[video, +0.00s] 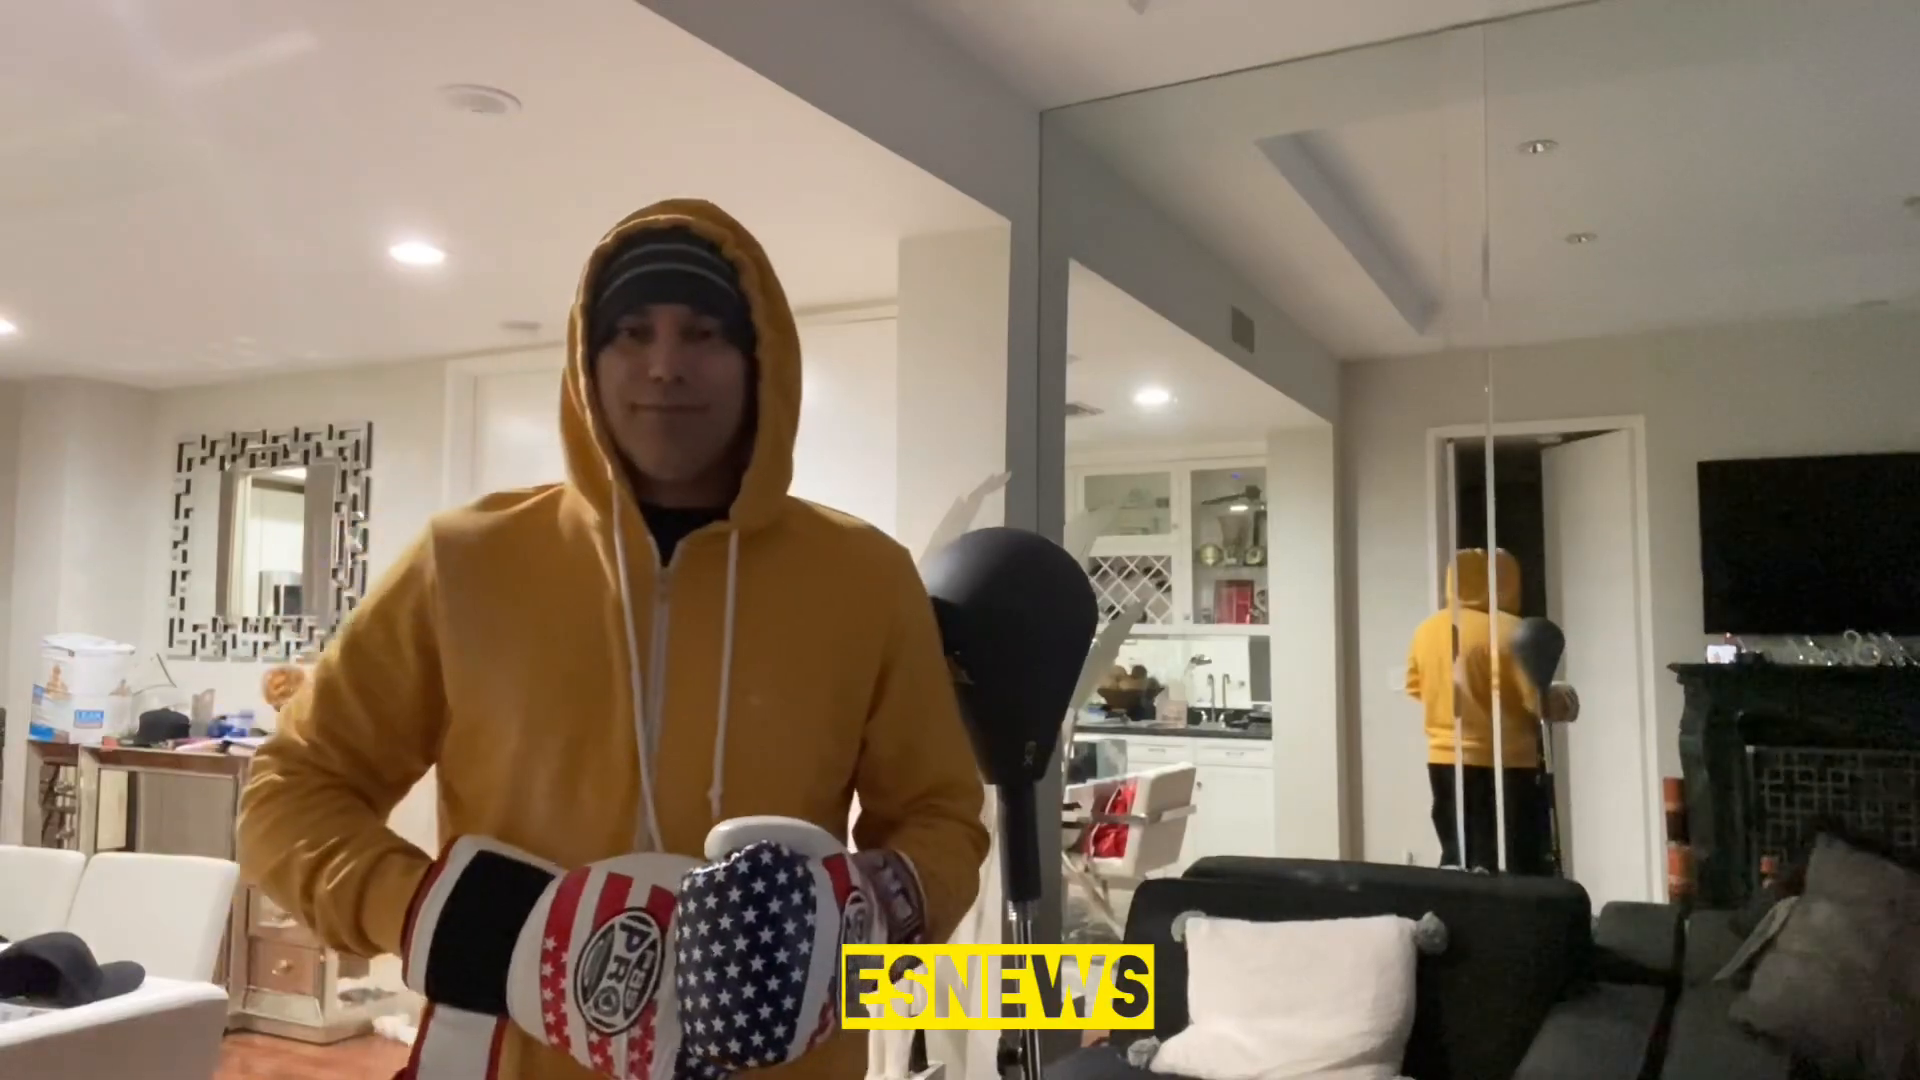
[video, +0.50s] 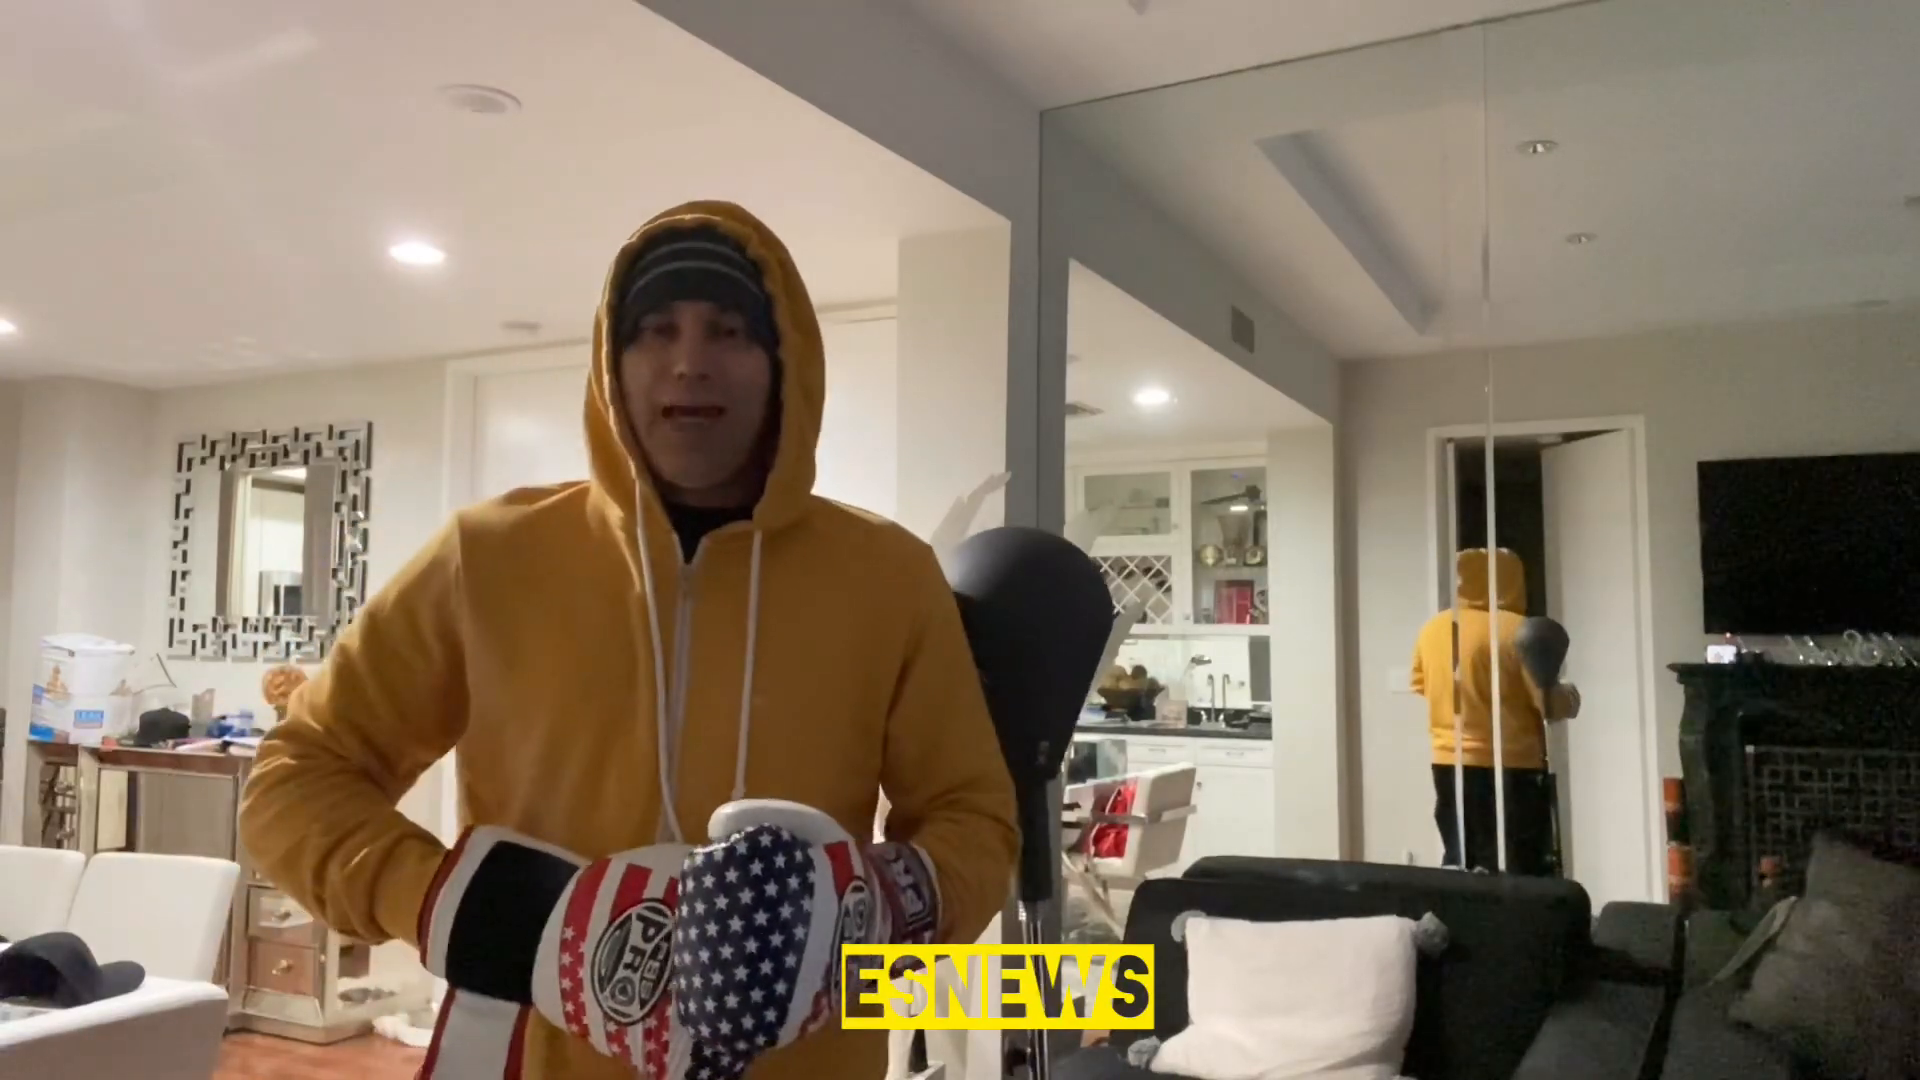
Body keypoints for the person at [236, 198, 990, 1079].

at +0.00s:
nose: (666, 365)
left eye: (705, 332)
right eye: (633, 333)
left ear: (758, 365)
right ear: (589, 368)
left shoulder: (864, 582)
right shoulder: (466, 567)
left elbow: (941, 820)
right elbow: (289, 796)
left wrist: (863, 904)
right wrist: (475, 925)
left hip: (779, 1062)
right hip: (519, 1054)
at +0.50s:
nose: (691, 363)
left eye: (731, 330)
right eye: (657, 331)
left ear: (783, 365)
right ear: (613, 365)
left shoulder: (886, 578)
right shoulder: (488, 561)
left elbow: (974, 819)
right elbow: (294, 782)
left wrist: (875, 902)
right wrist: (489, 917)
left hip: (800, 1062)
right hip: (542, 1056)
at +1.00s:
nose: (713, 357)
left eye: (751, 330)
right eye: (680, 329)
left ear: (801, 367)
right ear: (634, 365)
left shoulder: (902, 574)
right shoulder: (514, 563)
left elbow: (1010, 819)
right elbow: (293, 768)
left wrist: (889, 852)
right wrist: (557, 871)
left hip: (825, 1063)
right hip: (567, 1061)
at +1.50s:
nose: (722, 387)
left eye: (759, 354)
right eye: (692, 355)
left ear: (814, 379)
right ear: (650, 384)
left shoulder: (922, 584)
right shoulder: (538, 578)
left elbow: (1052, 842)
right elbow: (340, 809)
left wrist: (878, 787)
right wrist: (587, 840)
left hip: (851, 1057)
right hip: (604, 1062)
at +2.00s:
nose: (554, 483)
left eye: (593, 432)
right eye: (513, 438)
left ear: (676, 411)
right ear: (477, 441)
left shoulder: (834, 567)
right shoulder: (403, 589)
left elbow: (992, 822)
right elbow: (187, 844)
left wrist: (788, 806)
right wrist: (506, 846)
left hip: (784, 1062)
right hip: (502, 1063)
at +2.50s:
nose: (299, 525)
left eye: (330, 456)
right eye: (250, 486)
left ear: (435, 404)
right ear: (212, 486)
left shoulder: (679, 519)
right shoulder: (188, 641)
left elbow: (896, 774)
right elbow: (32, 978)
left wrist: (632, 816)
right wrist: (322, 958)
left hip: (687, 1064)